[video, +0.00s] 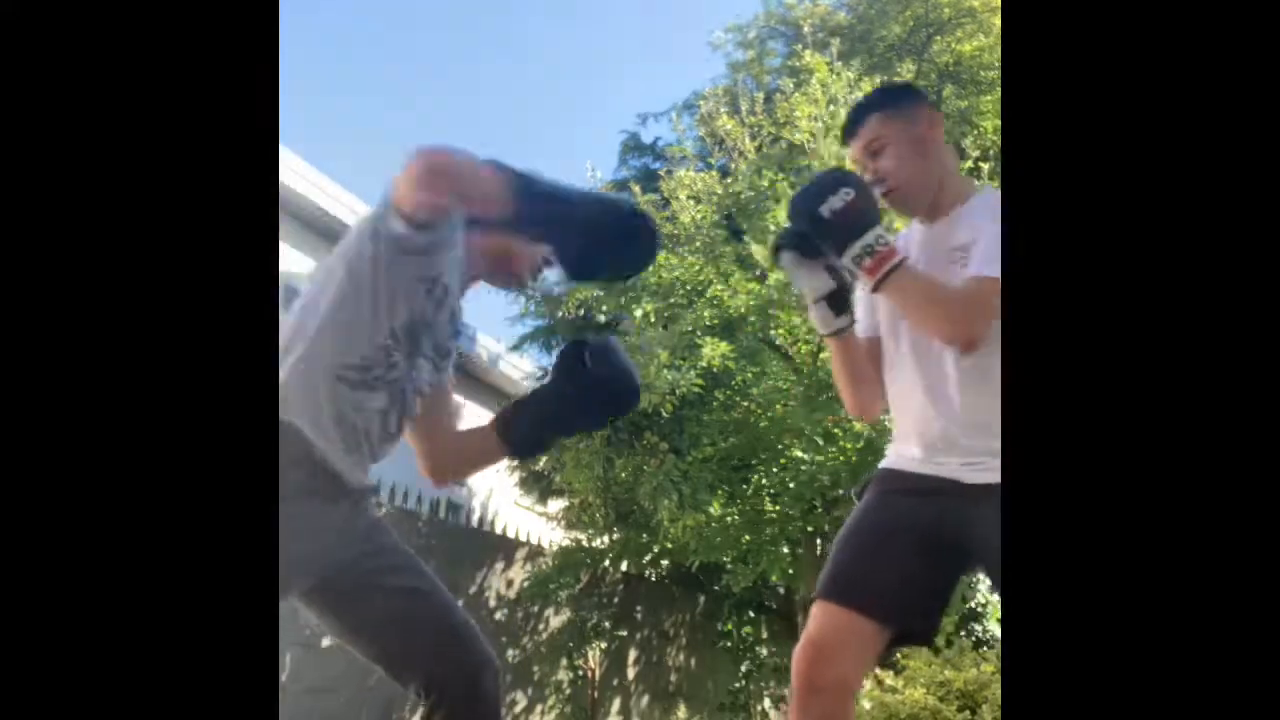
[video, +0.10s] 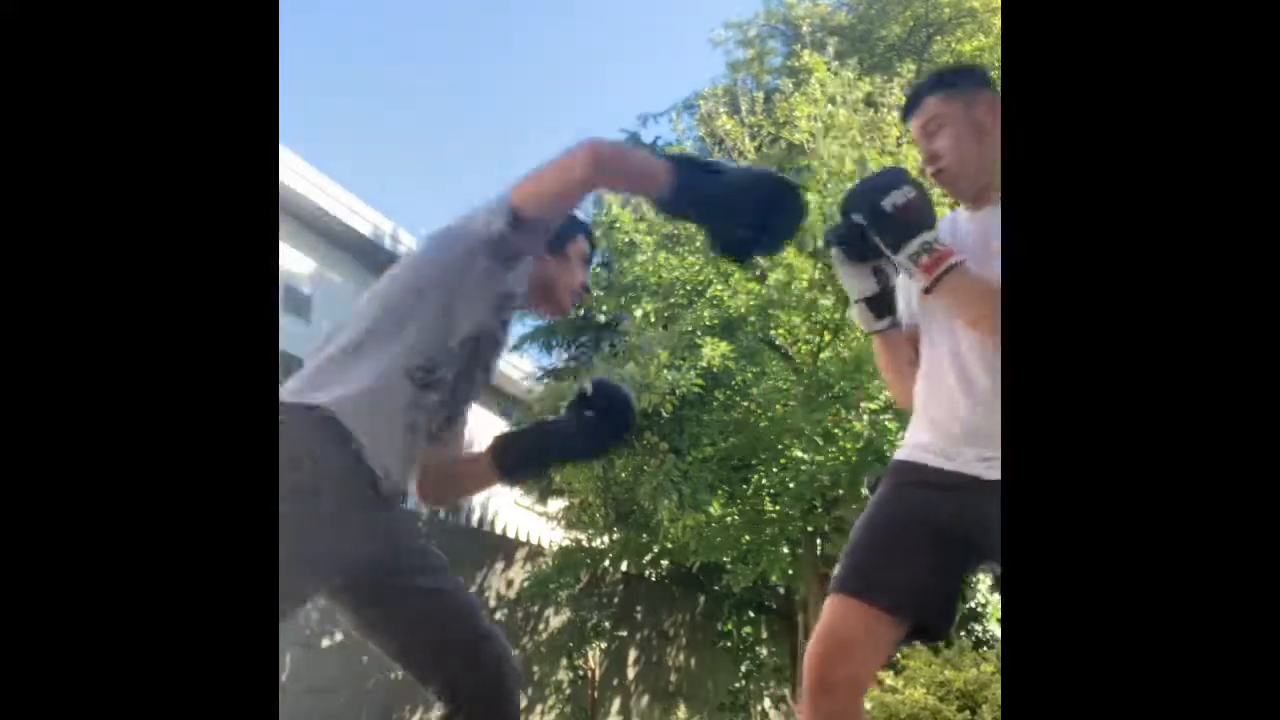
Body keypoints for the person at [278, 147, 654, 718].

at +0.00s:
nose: (543, 271)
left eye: (552, 263)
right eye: (545, 250)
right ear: (512, 216)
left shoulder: (439, 325)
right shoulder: (420, 237)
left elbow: (443, 460)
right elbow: (431, 172)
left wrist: (551, 411)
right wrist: (564, 212)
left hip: (334, 505)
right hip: (288, 475)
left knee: (467, 674)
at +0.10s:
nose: (584, 289)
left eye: (589, 276)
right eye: (583, 267)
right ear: (550, 244)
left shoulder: (475, 344)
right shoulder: (489, 244)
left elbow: (437, 483)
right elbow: (596, 158)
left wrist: (553, 440)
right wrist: (705, 189)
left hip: (361, 507)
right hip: (306, 455)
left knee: (484, 676)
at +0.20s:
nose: (621, 292)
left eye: (625, 285)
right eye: (618, 270)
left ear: (596, 304)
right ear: (582, 252)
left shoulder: (520, 366)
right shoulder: (519, 256)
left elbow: (490, 485)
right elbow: (653, 216)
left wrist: (615, 422)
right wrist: (794, 196)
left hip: (418, 516)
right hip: (345, 466)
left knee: (525, 689)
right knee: (270, 643)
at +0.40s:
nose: (675, 280)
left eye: (680, 271)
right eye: (669, 260)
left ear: (635, 263)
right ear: (625, 242)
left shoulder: (610, 360)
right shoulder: (548, 239)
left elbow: (701, 388)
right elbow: (548, 128)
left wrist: (781, 300)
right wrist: (671, 149)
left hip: (478, 498)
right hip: (398, 445)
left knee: (563, 688)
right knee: (329, 674)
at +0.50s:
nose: (694, 255)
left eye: (697, 248)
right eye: (685, 235)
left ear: (673, 263)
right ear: (635, 222)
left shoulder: (649, 321)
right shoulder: (545, 235)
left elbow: (761, 289)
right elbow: (454, 155)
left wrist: (863, 223)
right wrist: (566, 163)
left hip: (503, 488)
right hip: (418, 446)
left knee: (607, 661)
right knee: (315, 667)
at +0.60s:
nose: (696, 241)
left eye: (700, 234)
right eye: (684, 223)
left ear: (683, 250)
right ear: (635, 217)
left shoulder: (666, 313)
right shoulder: (557, 256)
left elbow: (793, 296)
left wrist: (885, 216)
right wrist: (550, 227)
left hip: (542, 508)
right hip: (447, 469)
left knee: (641, 692)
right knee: (328, 672)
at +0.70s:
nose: (679, 254)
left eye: (684, 246)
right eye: (669, 236)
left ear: (673, 260)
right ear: (617, 229)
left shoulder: (655, 346)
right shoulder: (533, 292)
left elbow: (769, 394)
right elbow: (441, 351)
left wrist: (826, 289)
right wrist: (554, 292)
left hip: (568, 551)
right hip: (460, 529)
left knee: (691, 703)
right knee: (326, 696)